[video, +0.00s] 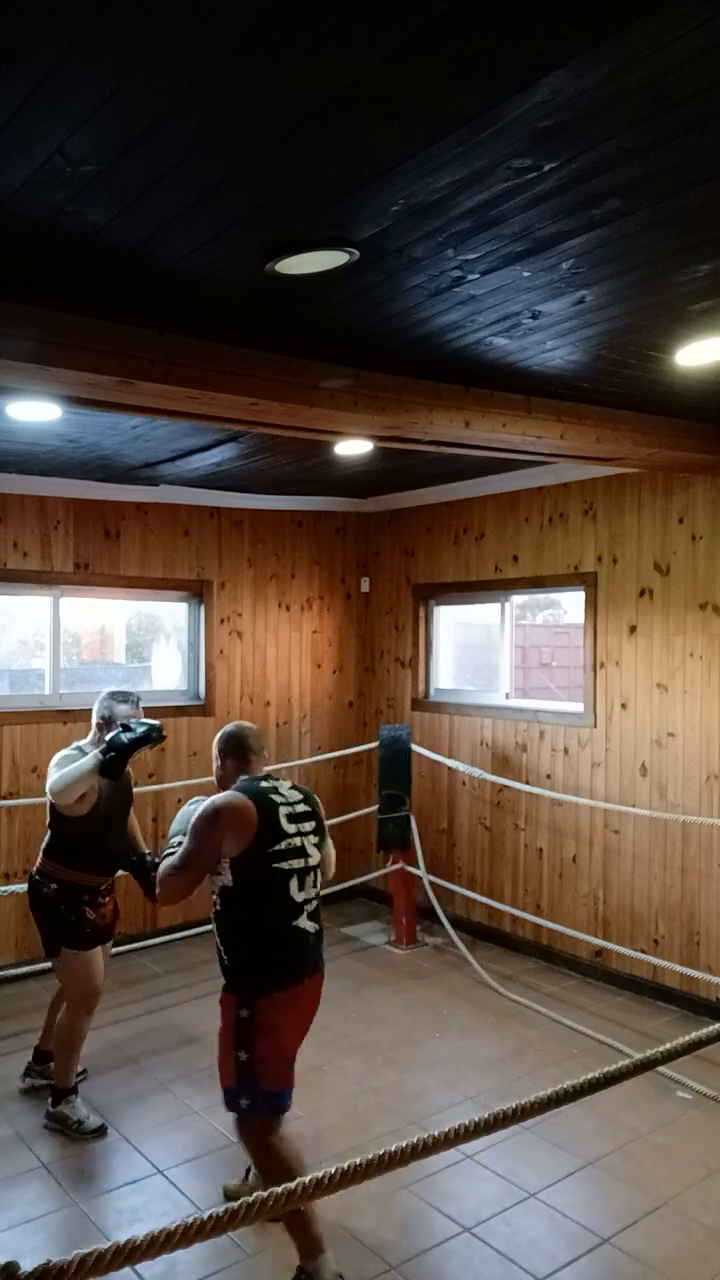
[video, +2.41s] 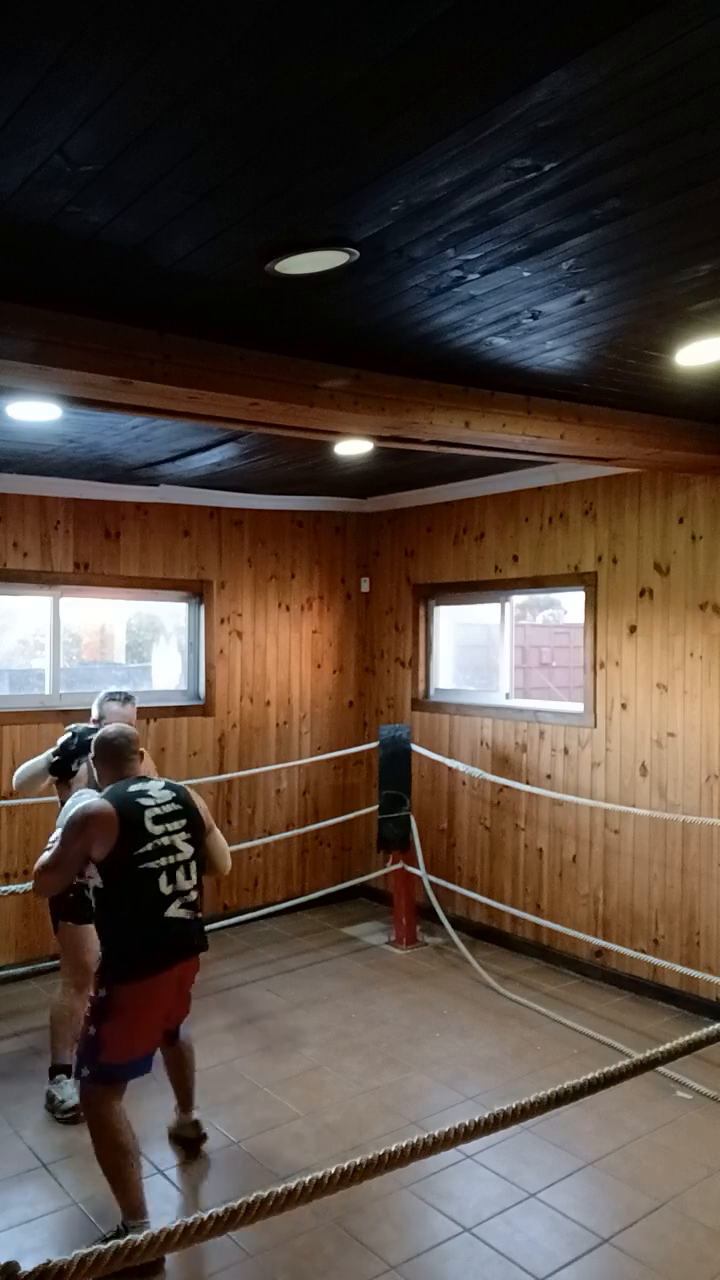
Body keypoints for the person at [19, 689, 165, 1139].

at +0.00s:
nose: (126, 737)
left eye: (133, 730)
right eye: (119, 728)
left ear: (138, 731)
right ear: (99, 723)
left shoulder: (122, 771)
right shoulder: (71, 758)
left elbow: (125, 819)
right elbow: (57, 794)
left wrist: (144, 862)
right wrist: (108, 755)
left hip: (98, 887)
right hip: (60, 889)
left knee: (79, 982)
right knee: (87, 992)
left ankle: (44, 1063)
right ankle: (62, 1100)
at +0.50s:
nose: (146, 739)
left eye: (152, 731)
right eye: (139, 727)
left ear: (156, 737)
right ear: (120, 725)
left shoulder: (144, 775)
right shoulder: (91, 761)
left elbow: (146, 825)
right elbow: (73, 788)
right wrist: (118, 748)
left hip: (121, 882)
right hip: (77, 884)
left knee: (117, 965)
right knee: (102, 988)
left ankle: (100, 1037)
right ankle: (69, 1094)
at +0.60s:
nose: (152, 740)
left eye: (157, 733)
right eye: (146, 730)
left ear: (158, 736)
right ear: (124, 727)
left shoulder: (153, 772)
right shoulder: (95, 762)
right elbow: (71, 784)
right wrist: (116, 743)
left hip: (125, 879)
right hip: (80, 881)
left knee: (118, 963)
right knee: (101, 989)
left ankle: (98, 1037)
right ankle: (72, 1094)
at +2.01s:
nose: (136, 728)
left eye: (138, 723)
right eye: (130, 719)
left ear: (134, 724)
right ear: (104, 715)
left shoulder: (133, 752)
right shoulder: (78, 750)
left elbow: (152, 780)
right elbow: (35, 760)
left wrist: (116, 730)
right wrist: (61, 711)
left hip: (124, 872)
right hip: (80, 876)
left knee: (117, 965)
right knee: (87, 984)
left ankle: (94, 1037)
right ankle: (64, 1085)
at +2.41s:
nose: (119, 734)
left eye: (126, 726)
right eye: (111, 726)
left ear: (134, 723)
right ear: (94, 721)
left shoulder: (138, 762)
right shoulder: (77, 753)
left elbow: (155, 805)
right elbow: (21, 784)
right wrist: (60, 754)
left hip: (125, 875)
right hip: (74, 875)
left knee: (122, 970)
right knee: (81, 977)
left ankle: (111, 1065)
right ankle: (62, 1075)